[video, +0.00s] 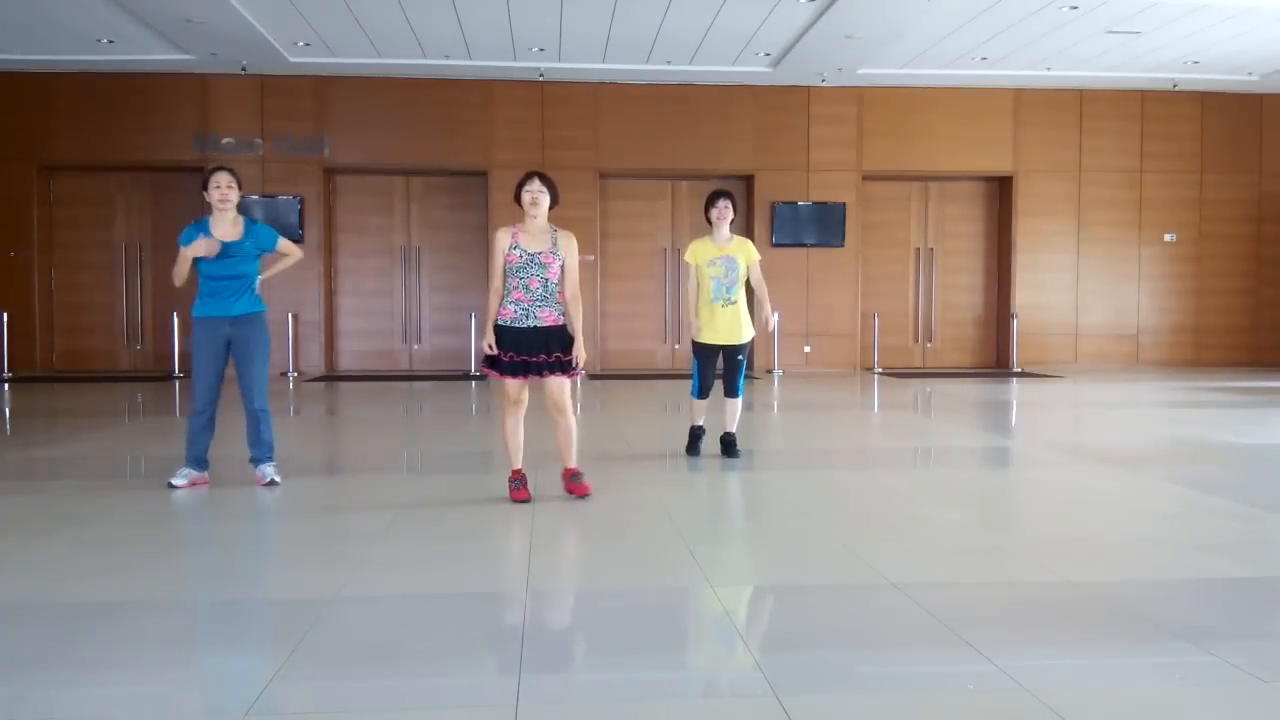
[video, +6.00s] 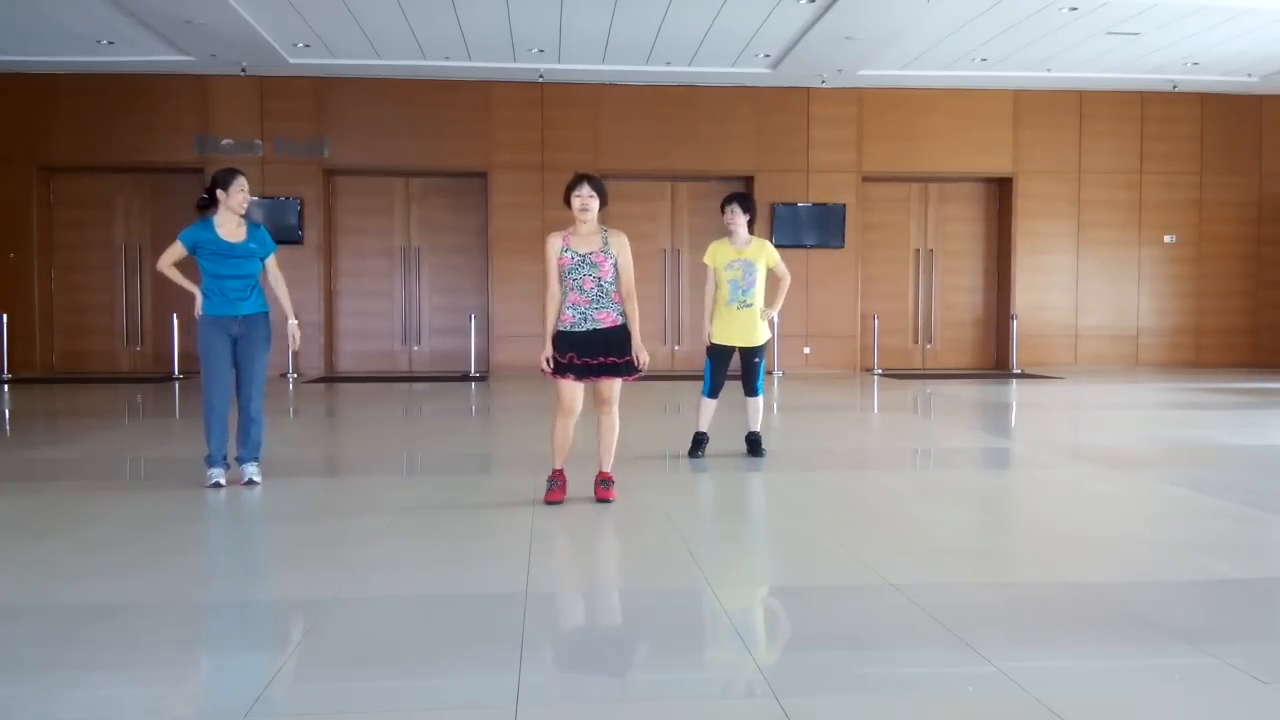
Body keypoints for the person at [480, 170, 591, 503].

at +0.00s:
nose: (534, 196)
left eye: (541, 192)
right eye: (528, 192)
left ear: (551, 199)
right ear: (519, 199)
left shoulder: (565, 240)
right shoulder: (505, 237)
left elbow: (572, 294)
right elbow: (496, 287)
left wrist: (579, 338)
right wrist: (489, 327)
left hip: (553, 332)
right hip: (511, 332)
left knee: (561, 404)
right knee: (515, 403)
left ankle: (571, 471)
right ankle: (517, 474)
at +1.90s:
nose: (553, 200)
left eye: (559, 194)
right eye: (552, 195)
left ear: (578, 200)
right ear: (552, 201)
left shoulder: (599, 240)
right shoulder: (545, 240)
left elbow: (608, 293)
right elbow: (547, 291)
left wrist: (606, 339)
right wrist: (522, 297)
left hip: (585, 334)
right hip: (548, 332)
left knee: (589, 409)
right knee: (550, 404)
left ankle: (601, 474)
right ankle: (553, 474)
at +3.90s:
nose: (569, 196)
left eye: (575, 191)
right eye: (563, 191)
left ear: (586, 198)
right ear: (554, 198)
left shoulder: (603, 235)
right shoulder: (543, 239)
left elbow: (614, 287)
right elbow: (546, 288)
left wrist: (618, 332)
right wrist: (523, 290)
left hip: (594, 331)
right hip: (554, 331)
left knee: (594, 405)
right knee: (552, 401)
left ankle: (601, 476)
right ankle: (553, 475)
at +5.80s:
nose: (582, 199)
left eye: (588, 194)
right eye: (575, 194)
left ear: (599, 200)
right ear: (567, 201)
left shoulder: (616, 237)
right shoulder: (556, 240)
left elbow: (628, 290)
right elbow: (553, 293)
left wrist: (631, 335)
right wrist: (539, 337)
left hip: (606, 334)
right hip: (564, 333)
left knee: (603, 405)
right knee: (559, 403)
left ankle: (604, 476)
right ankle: (557, 476)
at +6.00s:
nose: (584, 201)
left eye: (591, 196)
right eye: (578, 196)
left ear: (601, 201)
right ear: (569, 202)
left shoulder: (618, 240)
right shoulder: (557, 242)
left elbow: (629, 293)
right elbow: (553, 295)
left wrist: (636, 339)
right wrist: (548, 341)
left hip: (611, 335)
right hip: (569, 335)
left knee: (607, 406)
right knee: (569, 409)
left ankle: (605, 476)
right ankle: (557, 474)